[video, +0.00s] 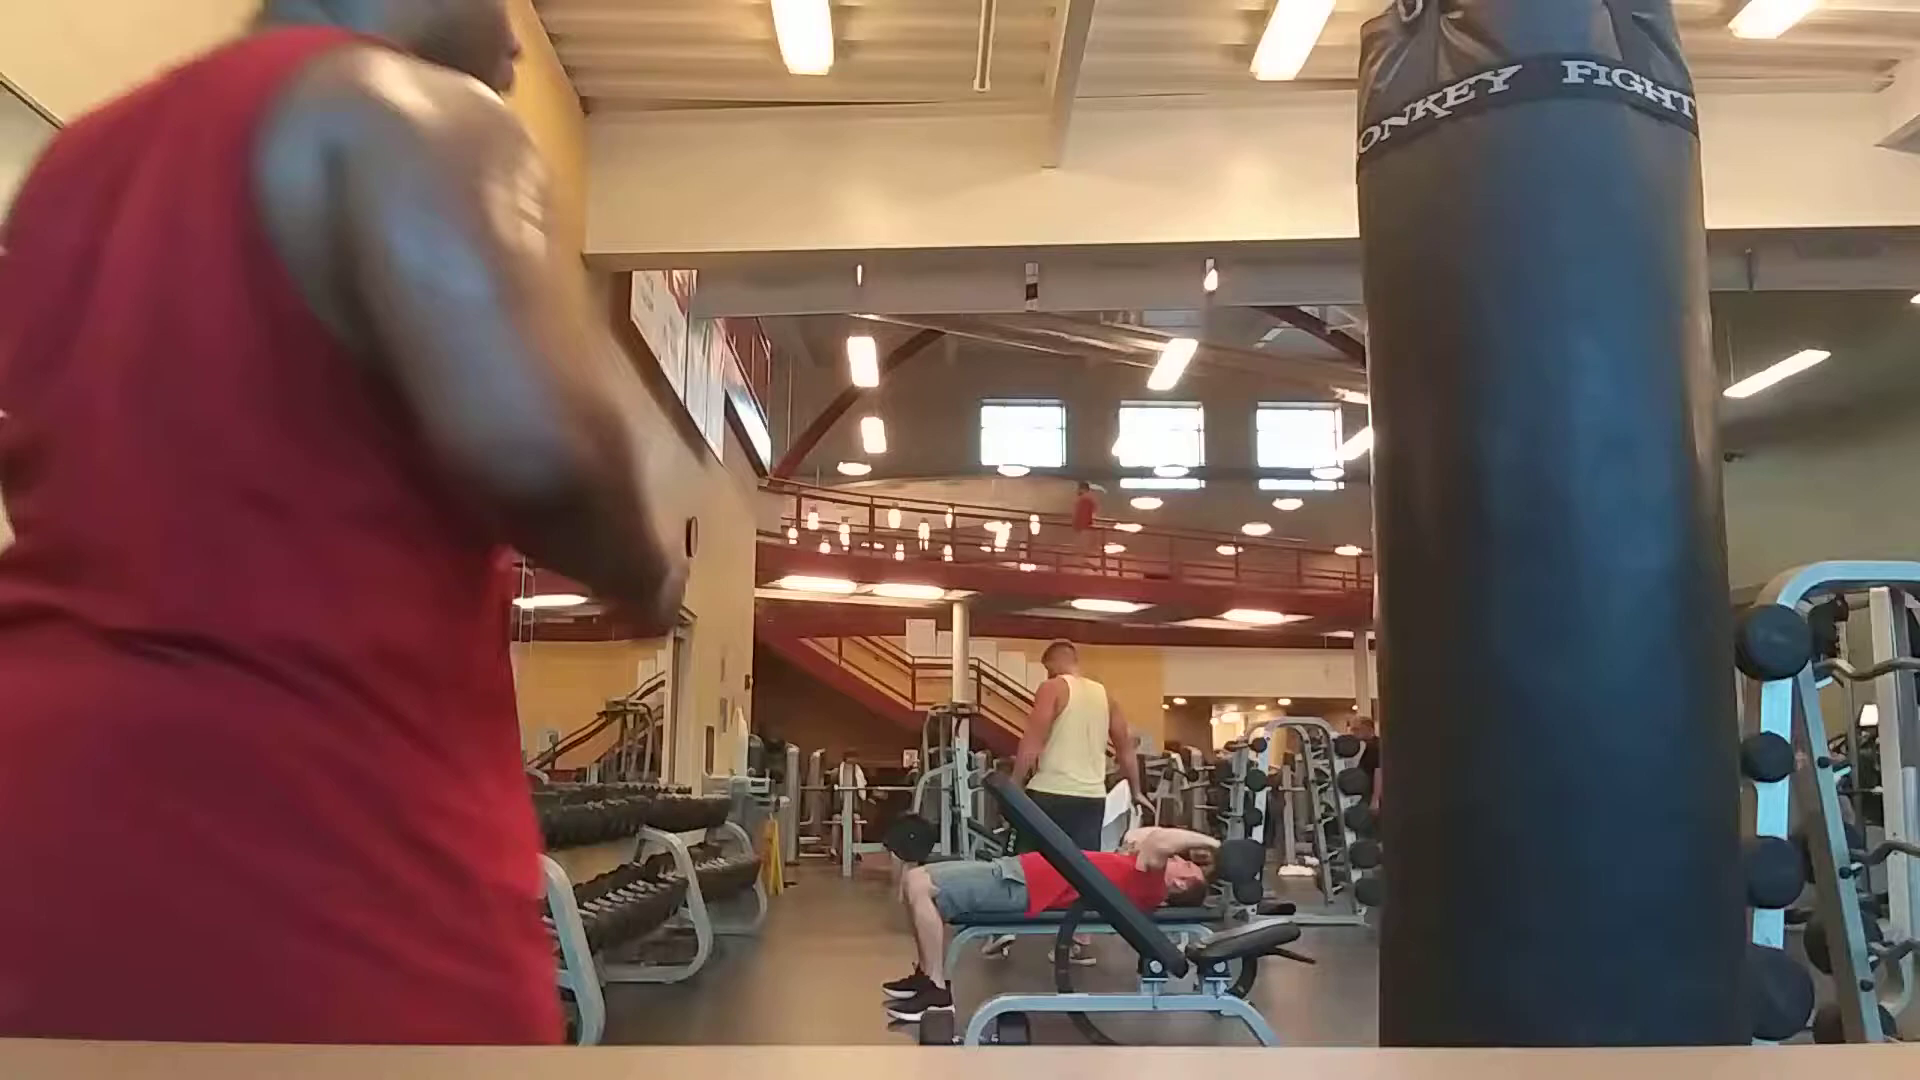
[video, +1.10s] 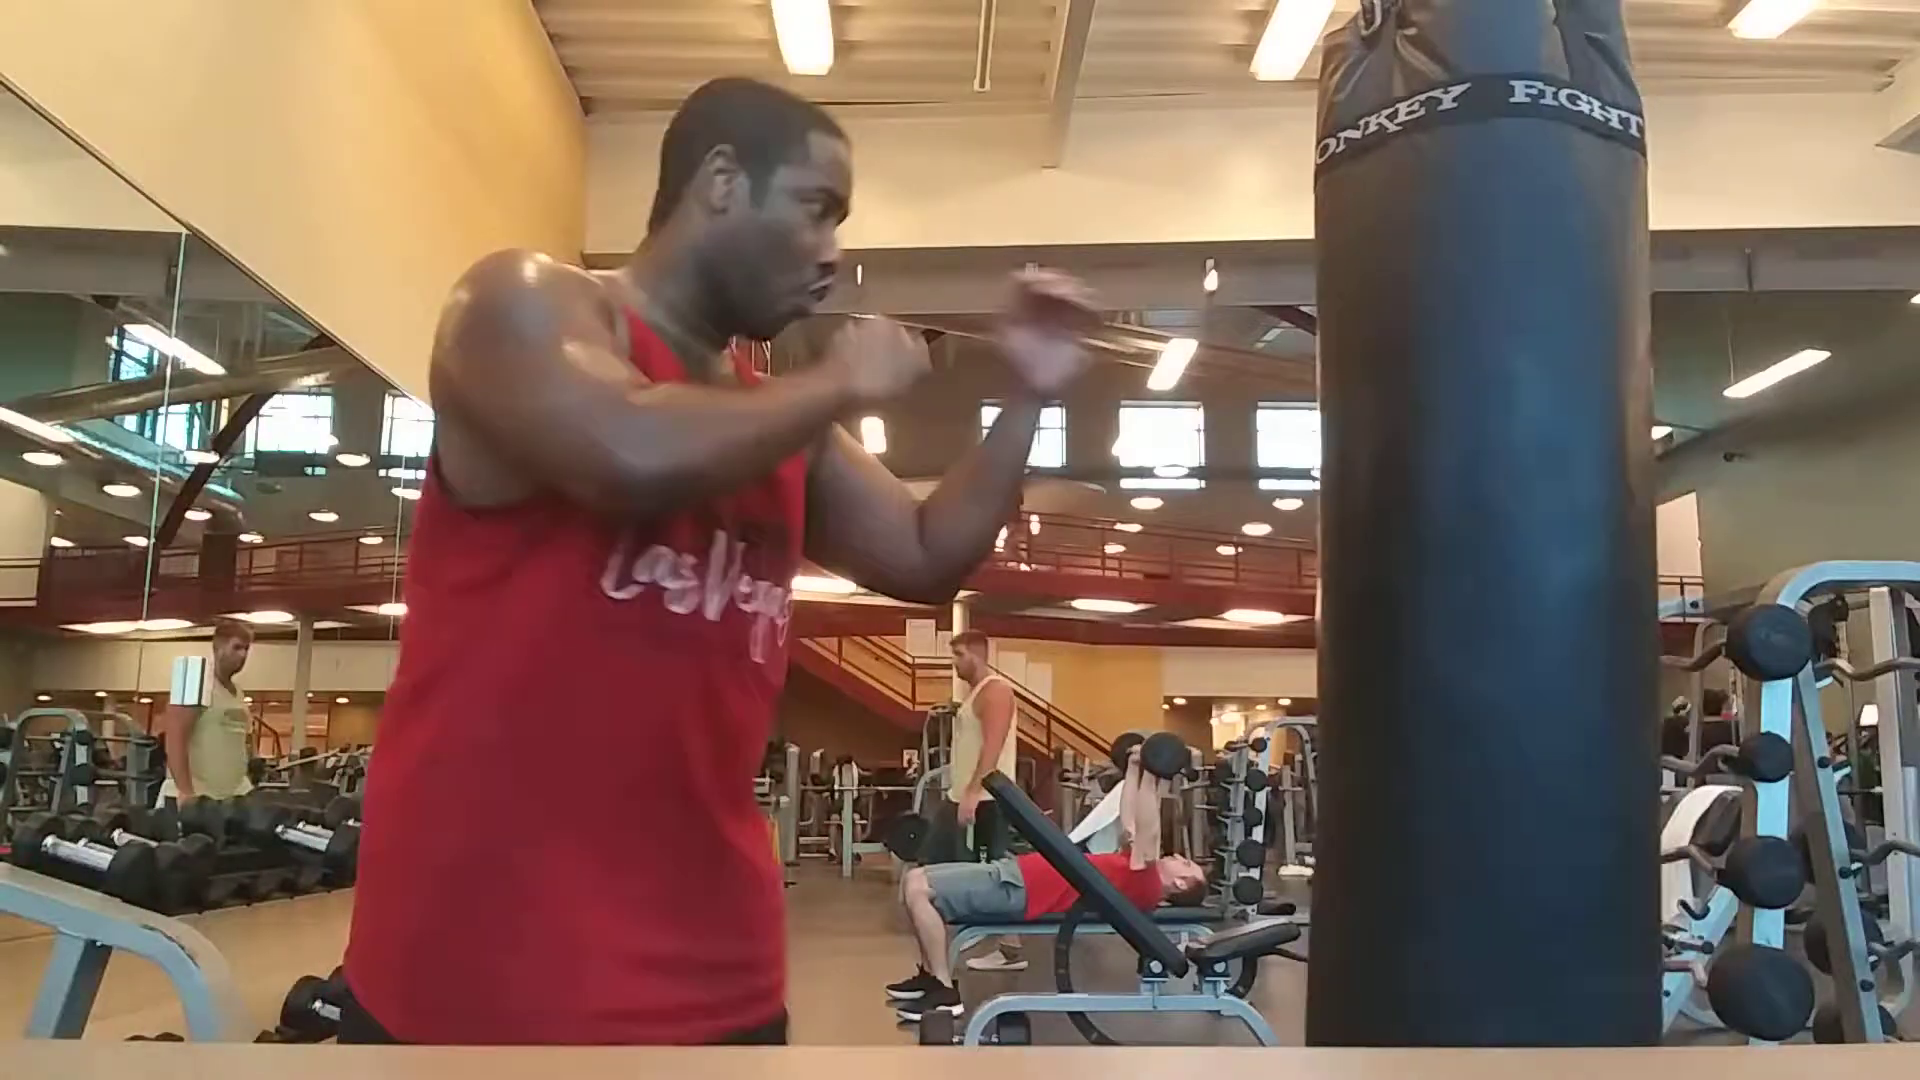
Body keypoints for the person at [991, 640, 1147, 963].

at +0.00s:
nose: (1048, 674)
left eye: (1047, 669)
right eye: (1047, 670)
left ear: (1051, 665)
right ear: (1076, 660)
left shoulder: (1052, 688)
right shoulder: (1104, 695)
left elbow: (1031, 744)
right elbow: (1125, 748)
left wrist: (1011, 790)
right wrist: (1136, 793)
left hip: (1047, 797)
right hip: (1090, 801)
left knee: (1023, 864)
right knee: (1083, 872)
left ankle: (1006, 930)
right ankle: (1076, 940)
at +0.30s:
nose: (1031, 671)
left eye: (1032, 664)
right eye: (1030, 665)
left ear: (1045, 658)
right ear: (1061, 656)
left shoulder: (1045, 688)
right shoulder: (1089, 692)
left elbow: (1029, 743)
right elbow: (1103, 741)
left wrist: (1010, 786)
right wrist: (1088, 775)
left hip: (1043, 797)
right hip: (1082, 799)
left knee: (1020, 868)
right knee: (1077, 870)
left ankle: (1001, 939)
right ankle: (1076, 939)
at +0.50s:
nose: (1013, 668)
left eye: (1014, 662)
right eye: (1012, 662)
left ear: (1027, 658)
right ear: (1041, 657)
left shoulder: (1032, 691)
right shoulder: (1066, 692)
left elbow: (1019, 749)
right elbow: (1067, 747)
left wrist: (999, 789)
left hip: (1031, 798)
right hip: (1064, 799)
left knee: (1018, 870)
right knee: (1066, 869)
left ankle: (1010, 945)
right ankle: (1078, 940)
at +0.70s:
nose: (989, 666)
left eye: (991, 659)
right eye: (988, 659)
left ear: (1007, 656)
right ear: (1016, 656)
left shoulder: (1018, 690)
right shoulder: (1030, 688)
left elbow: (1012, 743)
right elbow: (1019, 742)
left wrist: (992, 789)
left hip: (1017, 795)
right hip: (1034, 794)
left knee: (1011, 868)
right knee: (1045, 866)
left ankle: (1011, 946)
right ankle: (1074, 930)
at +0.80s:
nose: (978, 663)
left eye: (982, 656)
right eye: (978, 657)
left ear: (1000, 656)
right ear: (1003, 656)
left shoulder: (1011, 689)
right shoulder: (1011, 689)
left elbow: (1007, 739)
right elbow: (1007, 741)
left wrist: (989, 785)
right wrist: (989, 784)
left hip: (1012, 793)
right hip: (1013, 793)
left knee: (1009, 866)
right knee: (1009, 866)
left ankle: (1011, 945)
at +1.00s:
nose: (963, 662)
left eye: (967, 655)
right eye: (963, 656)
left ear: (986, 654)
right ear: (977, 655)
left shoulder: (1002, 690)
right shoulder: (985, 693)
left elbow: (997, 744)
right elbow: (984, 744)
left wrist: (979, 789)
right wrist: (972, 789)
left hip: (998, 798)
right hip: (986, 798)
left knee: (1004, 870)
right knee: (993, 870)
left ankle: (1010, 945)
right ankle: (1005, 942)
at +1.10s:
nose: (954, 663)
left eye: (958, 656)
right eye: (954, 656)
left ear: (975, 656)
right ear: (971, 657)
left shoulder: (995, 690)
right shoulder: (976, 693)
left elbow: (993, 744)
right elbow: (978, 746)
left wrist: (973, 791)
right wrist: (961, 789)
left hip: (988, 801)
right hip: (969, 800)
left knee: (999, 872)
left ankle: (1010, 945)